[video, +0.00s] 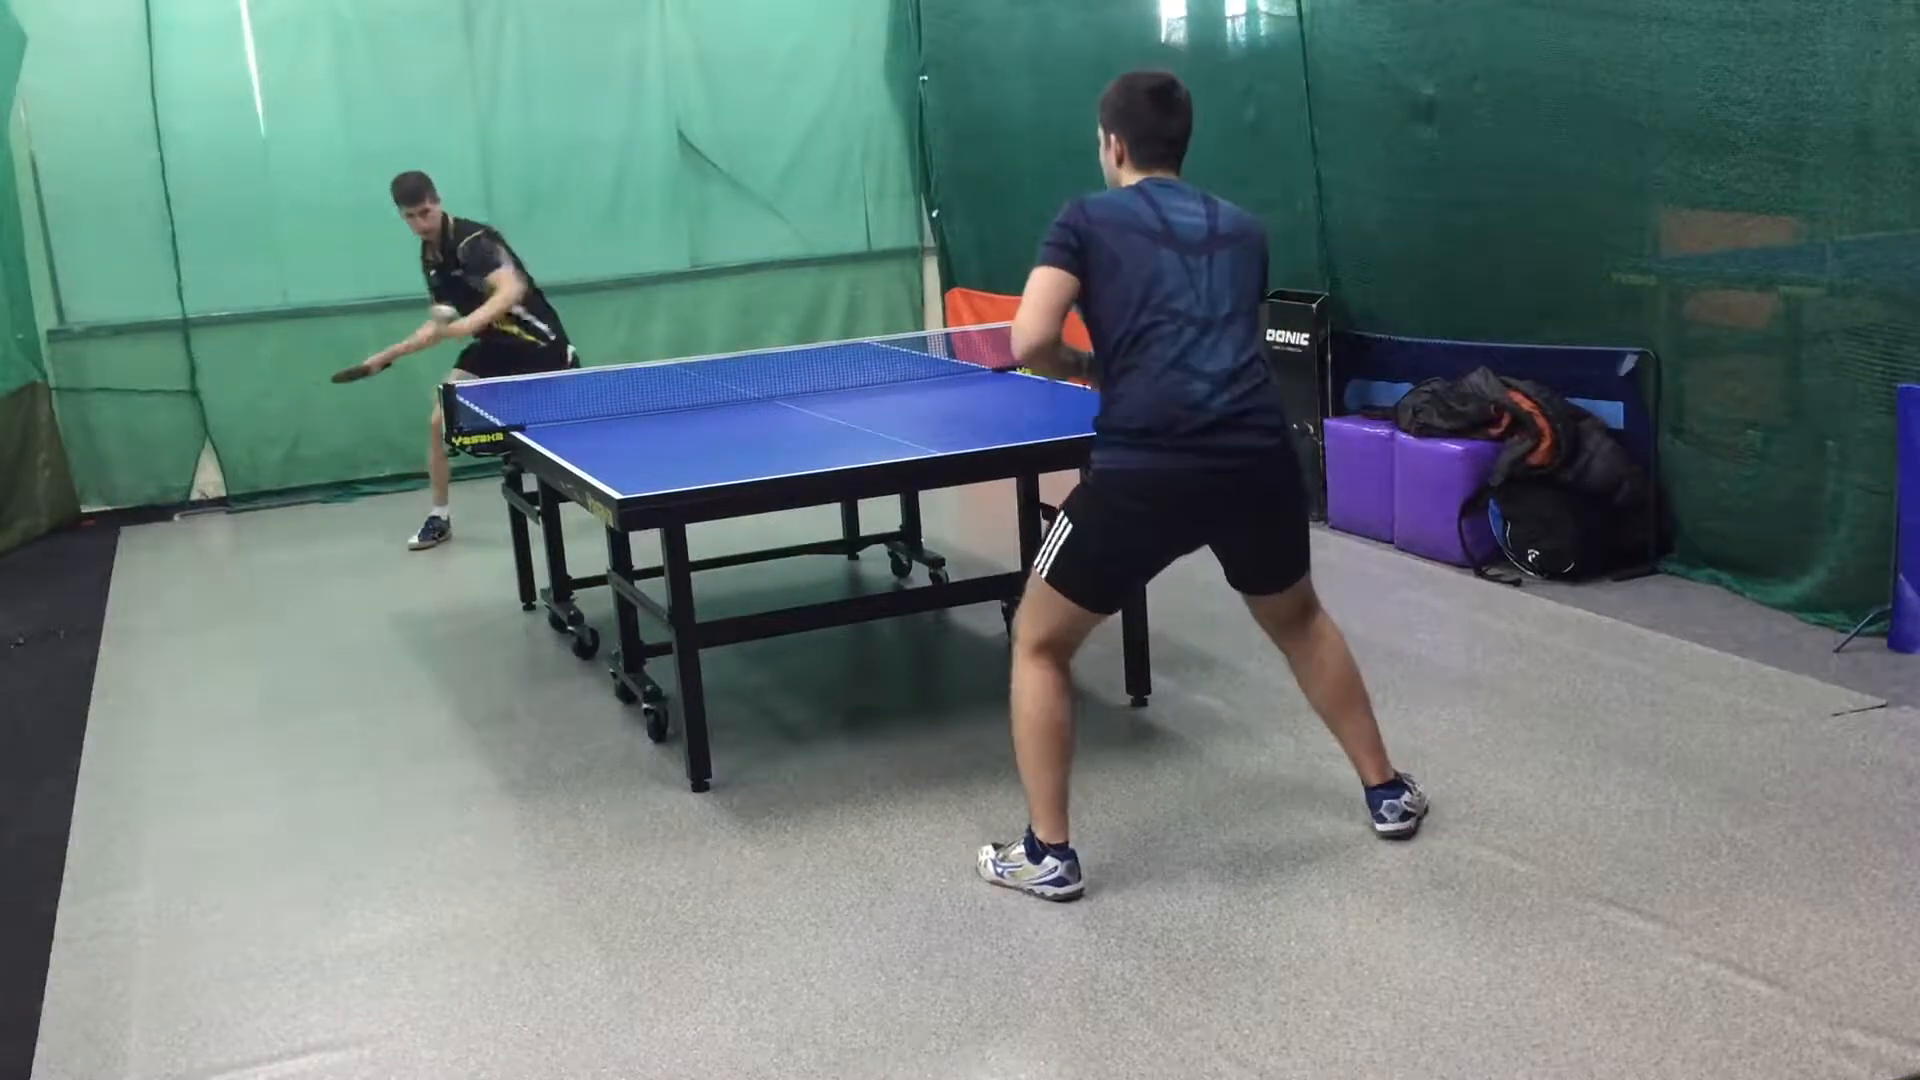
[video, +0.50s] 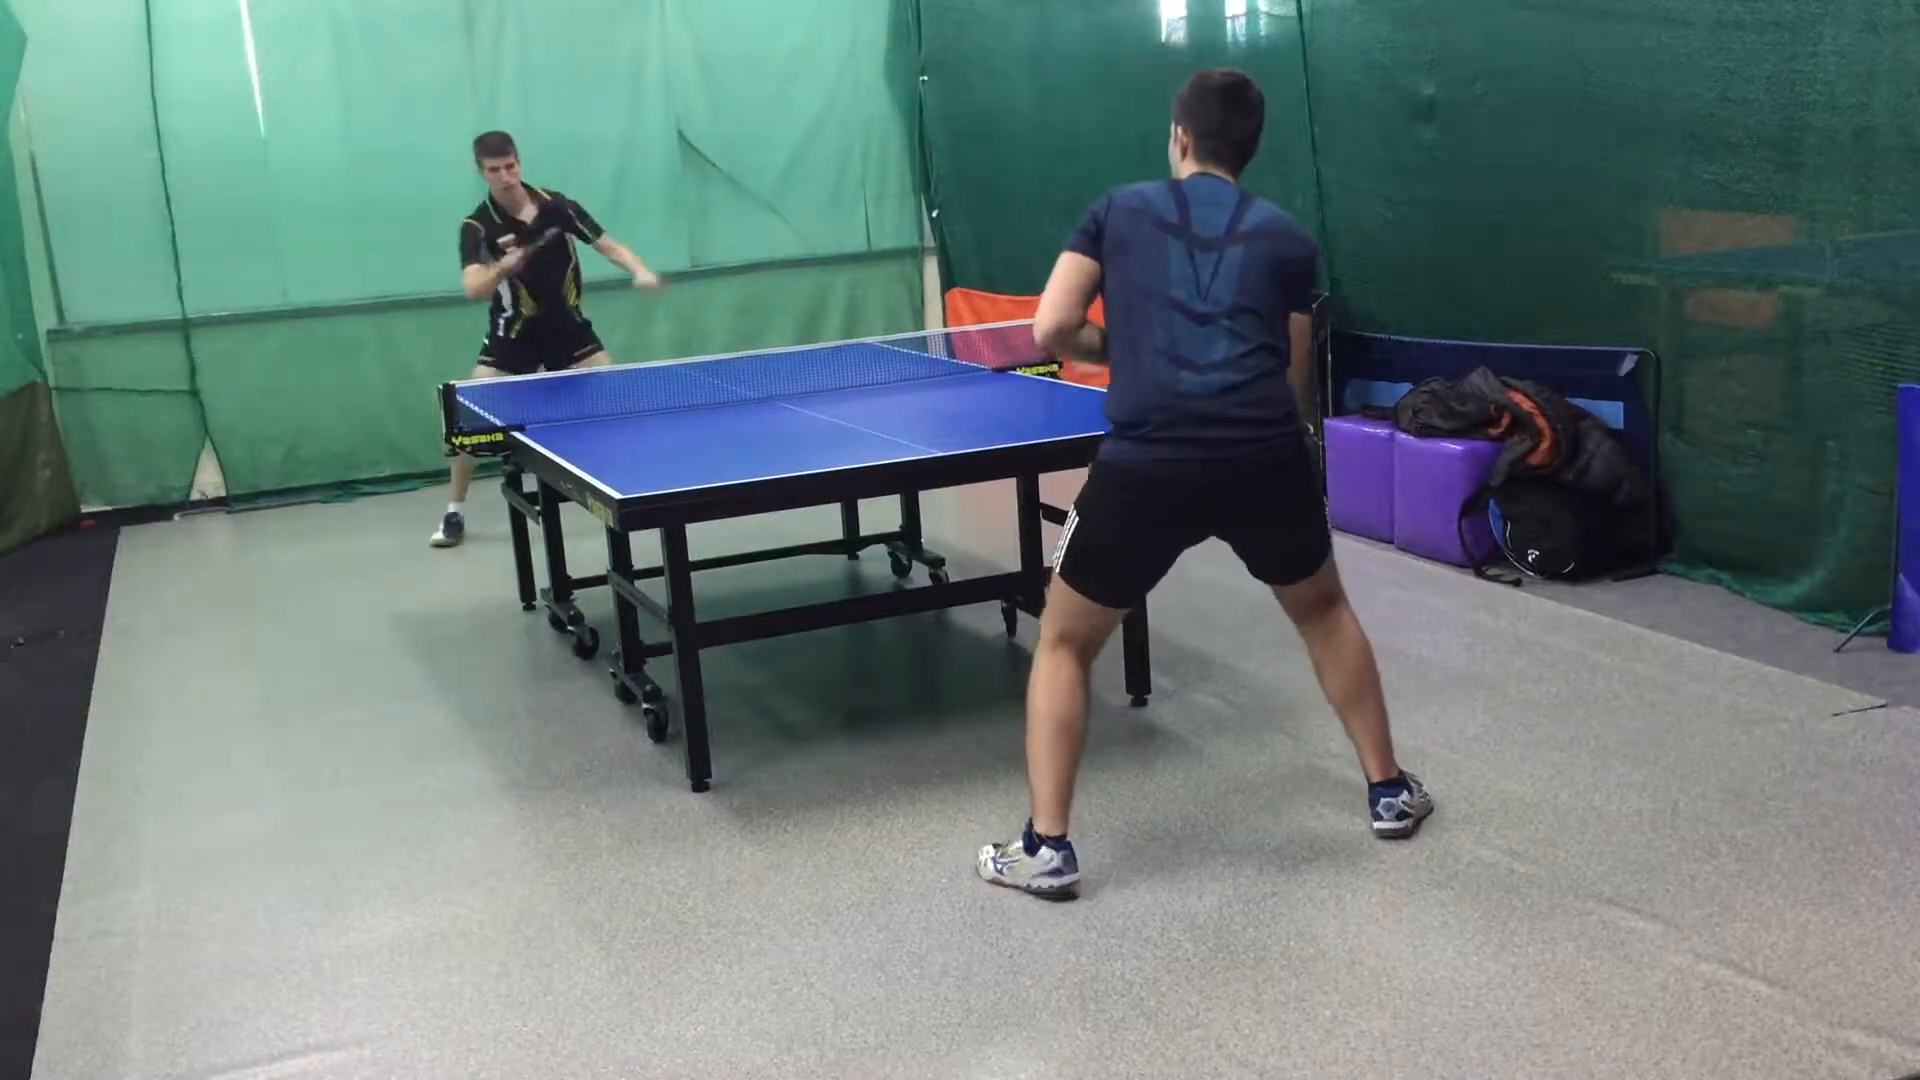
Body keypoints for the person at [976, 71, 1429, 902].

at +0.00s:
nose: (1101, 152)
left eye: (1101, 141)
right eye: (1107, 140)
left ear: (1113, 146)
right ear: (1184, 145)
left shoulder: (1087, 218)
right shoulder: (1243, 227)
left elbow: (1033, 340)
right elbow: (1236, 334)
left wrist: (1078, 367)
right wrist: (1132, 356)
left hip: (1142, 479)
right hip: (1256, 472)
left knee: (1040, 645)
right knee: (1301, 621)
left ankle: (1048, 850)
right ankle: (1387, 792)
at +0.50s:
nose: (1173, 144)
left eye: (1174, 133)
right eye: (1188, 135)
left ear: (1179, 141)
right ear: (1250, 150)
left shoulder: (1116, 212)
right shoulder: (1286, 237)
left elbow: (1053, 328)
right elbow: (1294, 375)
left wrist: (1116, 344)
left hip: (1147, 474)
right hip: (1266, 470)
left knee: (1066, 644)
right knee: (1323, 615)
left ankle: (1047, 843)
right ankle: (1388, 790)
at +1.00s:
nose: (1109, 157)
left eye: (1109, 147)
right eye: (1119, 146)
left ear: (1119, 151)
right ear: (1191, 149)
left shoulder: (1087, 228)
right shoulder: (1257, 221)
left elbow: (1032, 373)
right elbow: (1305, 352)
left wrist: (1007, 348)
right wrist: (1291, 417)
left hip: (1133, 478)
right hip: (1247, 473)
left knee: (1044, 636)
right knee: (1290, 620)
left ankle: (1043, 833)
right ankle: (1368, 793)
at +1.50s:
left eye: (1161, 61)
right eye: (1231, 64)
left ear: (1153, 69)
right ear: (1234, 69)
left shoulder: (1103, 151)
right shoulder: (1256, 143)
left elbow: (1102, 279)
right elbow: (1266, 292)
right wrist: (1359, 353)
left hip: (1098, 422)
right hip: (1210, 419)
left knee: (1081, 621)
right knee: (1250, 608)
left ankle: (1057, 820)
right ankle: (1267, 799)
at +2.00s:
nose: (1074, 88)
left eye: (1076, 76)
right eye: (1080, 76)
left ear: (1090, 82)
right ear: (1165, 85)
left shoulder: (1066, 152)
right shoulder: (1217, 161)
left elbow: (1010, 283)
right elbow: (1208, 275)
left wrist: (1051, 364)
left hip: (1112, 425)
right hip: (1224, 415)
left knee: (1069, 632)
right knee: (1252, 597)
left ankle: (1052, 826)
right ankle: (1294, 777)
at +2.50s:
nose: (1127, 110)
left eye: (1127, 99)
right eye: (1135, 98)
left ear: (1136, 104)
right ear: (1209, 106)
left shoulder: (1096, 173)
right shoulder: (1259, 192)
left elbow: (1020, 280)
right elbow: (1295, 335)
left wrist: (1084, 319)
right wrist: (1341, 414)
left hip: (1118, 432)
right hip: (1231, 431)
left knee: (1055, 624)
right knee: (1274, 605)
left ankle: (1050, 827)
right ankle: (1330, 787)